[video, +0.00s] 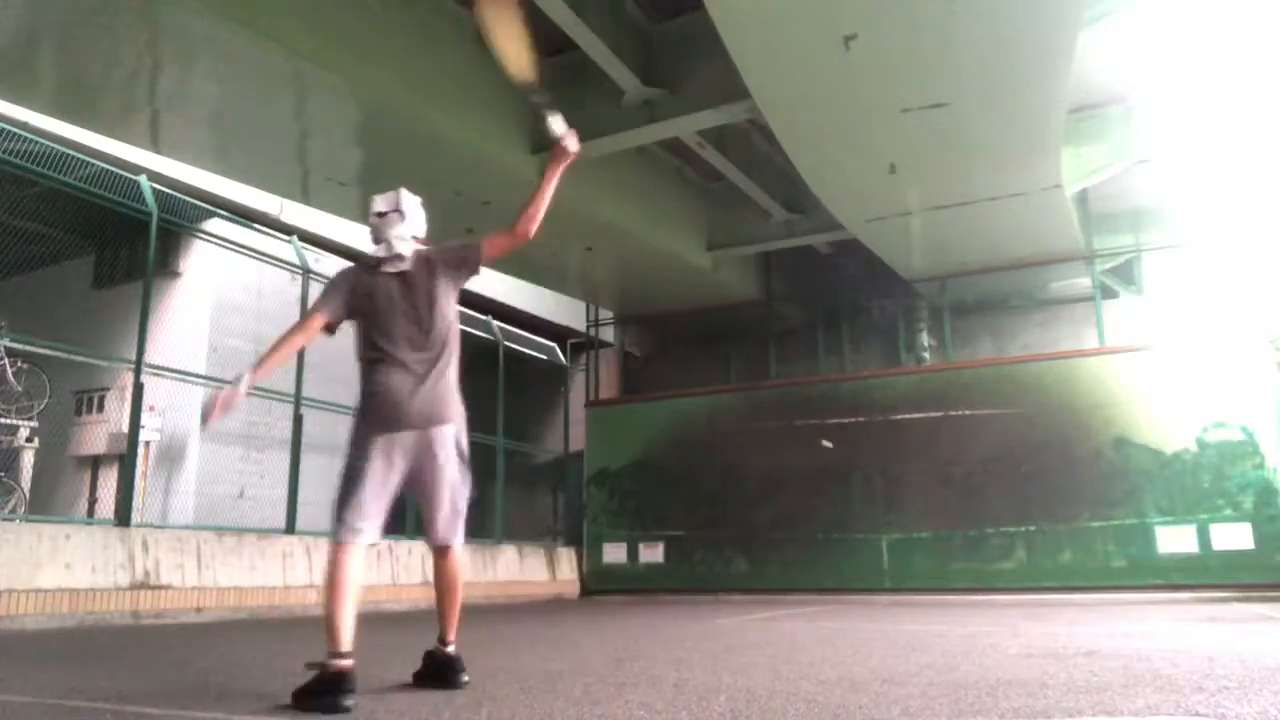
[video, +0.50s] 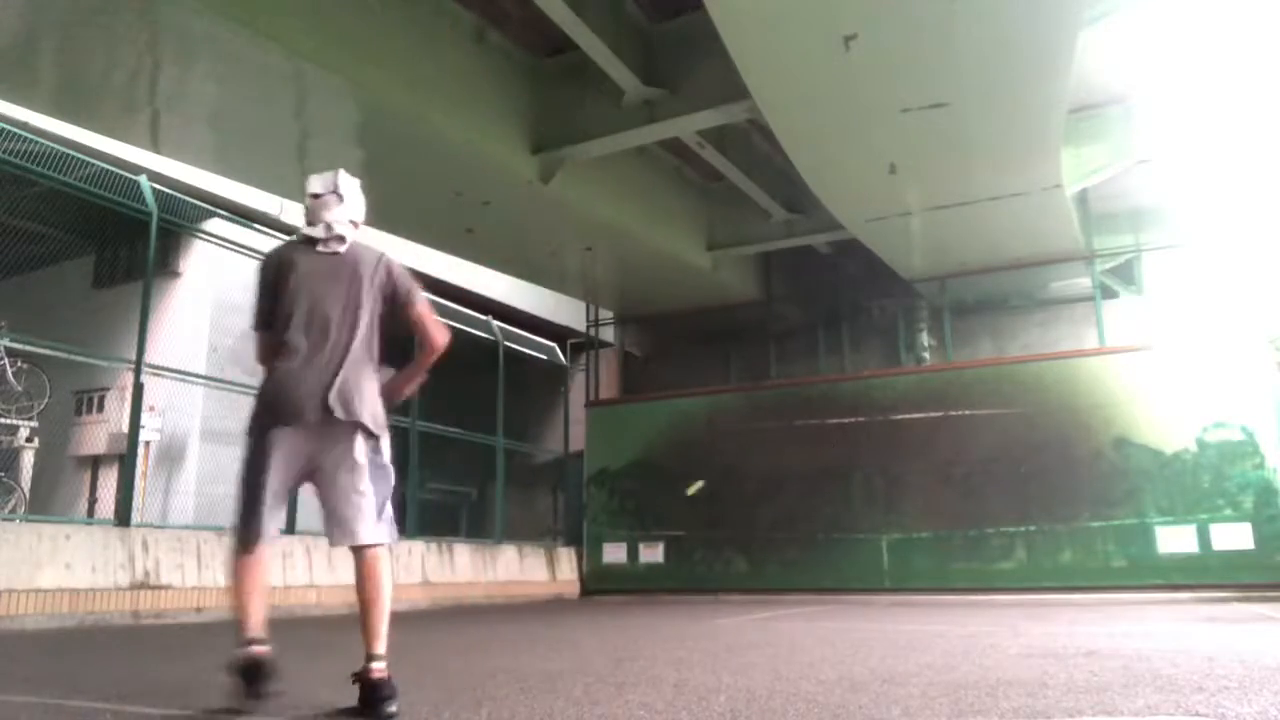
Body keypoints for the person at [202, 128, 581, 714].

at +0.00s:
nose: (388, 232)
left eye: (384, 224)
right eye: (396, 223)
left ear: (373, 228)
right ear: (419, 226)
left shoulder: (356, 279)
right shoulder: (446, 263)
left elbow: (303, 334)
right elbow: (522, 231)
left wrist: (243, 383)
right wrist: (556, 165)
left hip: (383, 421)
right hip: (442, 419)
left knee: (350, 541)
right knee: (448, 541)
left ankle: (338, 669)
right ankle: (447, 655)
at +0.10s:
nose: (384, 237)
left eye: (374, 228)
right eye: (397, 228)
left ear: (358, 234)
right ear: (403, 231)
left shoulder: (334, 283)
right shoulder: (426, 266)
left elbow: (290, 353)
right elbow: (507, 258)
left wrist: (261, 418)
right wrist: (539, 192)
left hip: (356, 429)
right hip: (421, 427)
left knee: (334, 549)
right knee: (433, 541)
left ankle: (334, 672)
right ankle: (436, 655)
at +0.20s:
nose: (382, 229)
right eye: (387, 220)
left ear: (341, 222)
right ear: (388, 222)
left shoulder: (316, 272)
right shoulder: (407, 259)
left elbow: (288, 355)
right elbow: (487, 276)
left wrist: (297, 405)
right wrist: (521, 231)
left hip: (334, 417)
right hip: (399, 414)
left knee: (327, 546)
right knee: (411, 532)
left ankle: (333, 669)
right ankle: (416, 651)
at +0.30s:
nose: (369, 221)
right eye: (375, 213)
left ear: (330, 211)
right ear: (377, 213)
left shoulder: (302, 260)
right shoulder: (394, 253)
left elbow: (286, 348)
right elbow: (464, 288)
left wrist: (326, 366)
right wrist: (489, 273)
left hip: (315, 407)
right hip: (382, 405)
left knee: (314, 539)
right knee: (388, 529)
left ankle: (326, 668)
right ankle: (393, 645)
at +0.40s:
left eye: (332, 202)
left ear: (321, 211)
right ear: (369, 212)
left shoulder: (289, 259)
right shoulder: (387, 257)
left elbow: (276, 347)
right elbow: (453, 313)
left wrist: (323, 358)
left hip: (295, 405)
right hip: (367, 407)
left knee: (280, 535)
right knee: (374, 539)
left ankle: (294, 654)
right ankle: (377, 671)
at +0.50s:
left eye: (321, 211)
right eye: (345, 212)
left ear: (308, 215)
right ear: (358, 216)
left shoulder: (280, 262)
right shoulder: (383, 266)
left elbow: (267, 350)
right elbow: (435, 338)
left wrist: (302, 357)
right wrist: (400, 385)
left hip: (283, 416)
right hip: (355, 417)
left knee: (253, 538)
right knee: (370, 543)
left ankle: (254, 646)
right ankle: (376, 673)